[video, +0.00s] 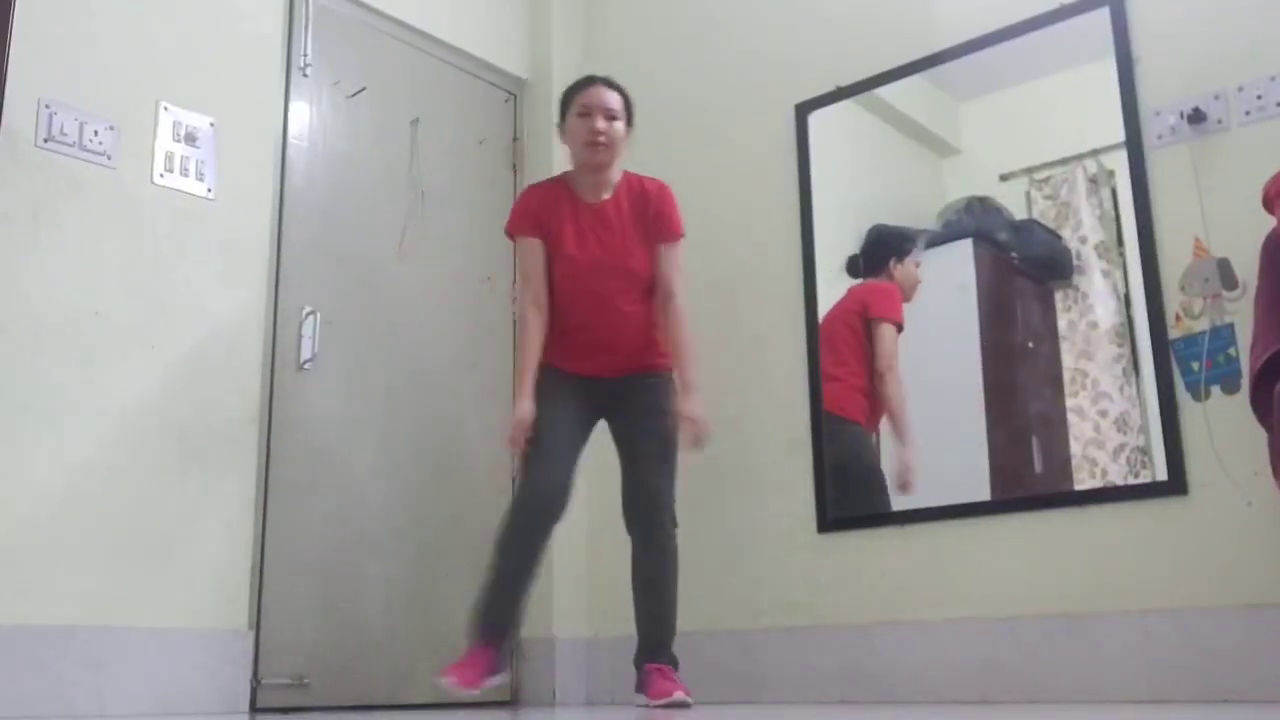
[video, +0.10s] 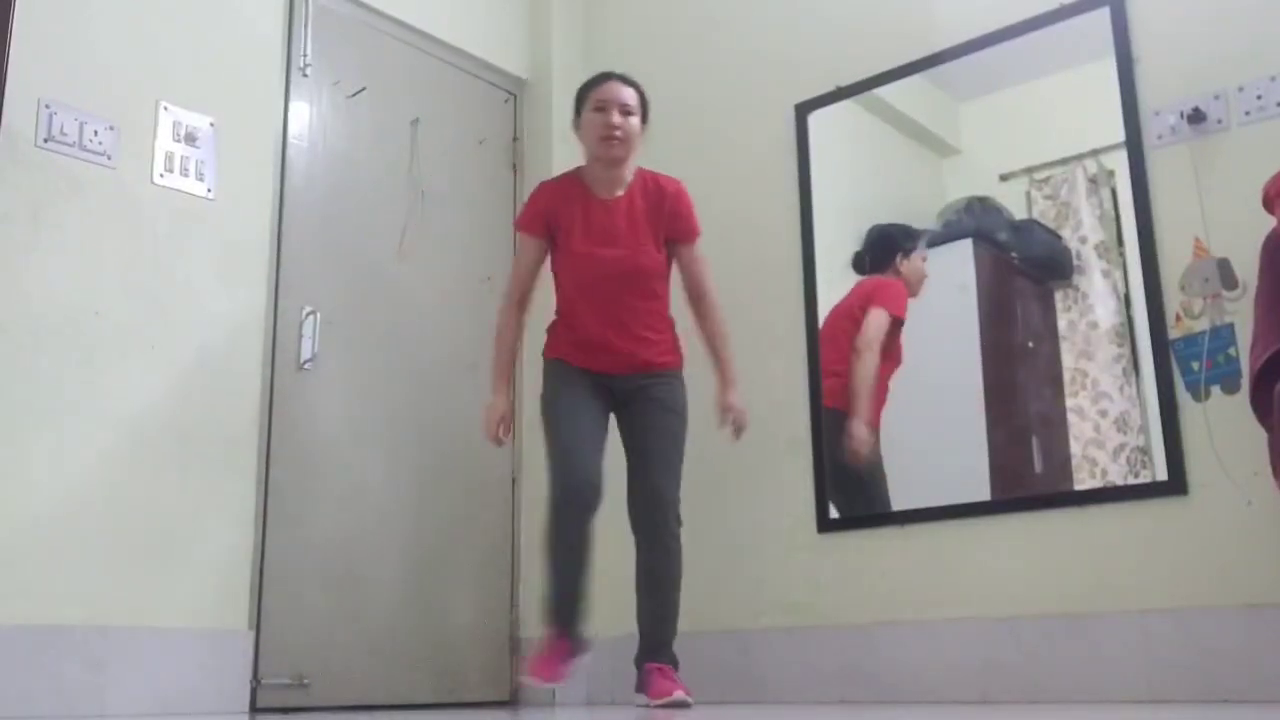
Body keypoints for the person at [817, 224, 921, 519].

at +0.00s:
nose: (919, 276)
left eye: (919, 266)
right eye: (915, 265)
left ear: (874, 269)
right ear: (893, 266)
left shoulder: (853, 299)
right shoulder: (882, 292)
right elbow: (884, 372)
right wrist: (904, 447)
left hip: (823, 421)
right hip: (842, 423)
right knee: (872, 524)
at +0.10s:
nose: (926, 270)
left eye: (925, 261)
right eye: (922, 260)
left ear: (877, 262)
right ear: (900, 261)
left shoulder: (860, 293)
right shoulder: (889, 287)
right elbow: (865, 347)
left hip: (822, 418)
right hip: (840, 418)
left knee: (866, 527)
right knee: (875, 525)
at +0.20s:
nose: (930, 267)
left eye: (929, 258)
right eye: (926, 257)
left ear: (904, 259)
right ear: (904, 259)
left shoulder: (863, 290)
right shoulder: (893, 284)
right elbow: (854, 319)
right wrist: (831, 383)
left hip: (833, 415)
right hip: (851, 417)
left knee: (863, 524)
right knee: (875, 521)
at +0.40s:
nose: (931, 269)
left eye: (929, 259)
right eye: (926, 258)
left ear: (902, 261)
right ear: (905, 261)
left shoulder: (866, 290)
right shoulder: (896, 287)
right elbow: (858, 318)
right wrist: (846, 388)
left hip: (830, 410)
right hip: (852, 413)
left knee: (860, 521)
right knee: (871, 520)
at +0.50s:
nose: (928, 272)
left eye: (928, 263)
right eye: (925, 262)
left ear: (878, 266)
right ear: (905, 265)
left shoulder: (860, 296)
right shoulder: (895, 290)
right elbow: (873, 348)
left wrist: (885, 434)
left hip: (818, 415)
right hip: (844, 416)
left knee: (870, 524)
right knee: (879, 524)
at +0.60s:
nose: (922, 277)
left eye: (922, 268)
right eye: (920, 268)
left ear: (874, 267)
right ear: (904, 267)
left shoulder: (849, 302)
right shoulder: (892, 293)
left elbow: (843, 398)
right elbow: (895, 370)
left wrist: (894, 450)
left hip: (818, 425)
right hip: (850, 427)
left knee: (858, 534)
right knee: (885, 532)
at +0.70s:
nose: (914, 279)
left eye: (915, 269)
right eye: (914, 269)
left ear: (871, 264)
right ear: (903, 267)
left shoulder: (842, 299)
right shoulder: (891, 293)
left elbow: (864, 395)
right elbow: (914, 374)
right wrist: (955, 401)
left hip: (816, 417)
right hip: (848, 419)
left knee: (839, 523)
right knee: (877, 521)